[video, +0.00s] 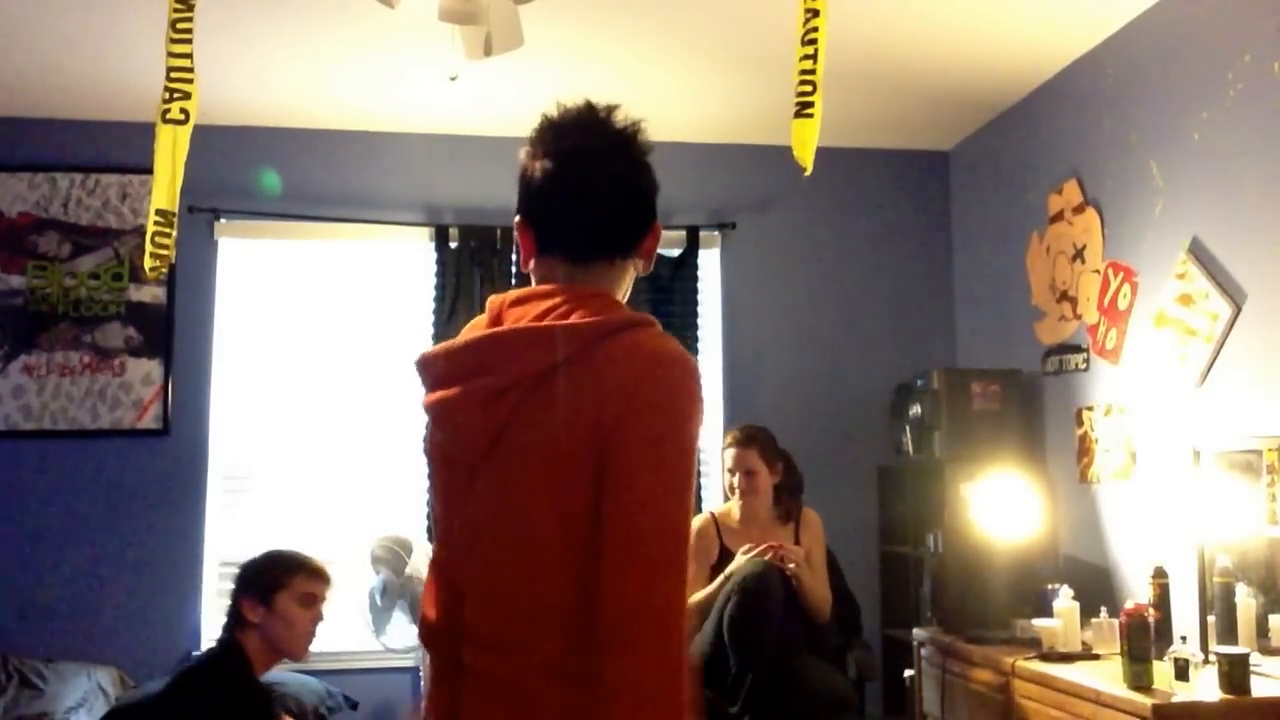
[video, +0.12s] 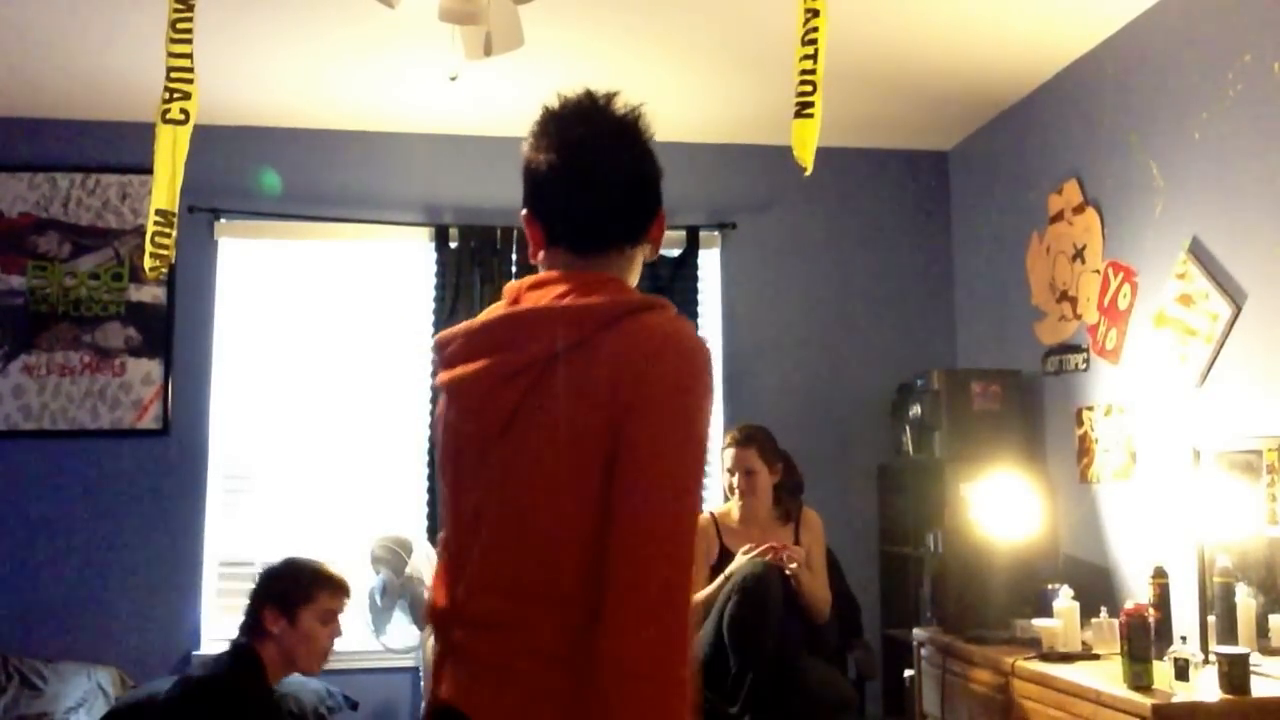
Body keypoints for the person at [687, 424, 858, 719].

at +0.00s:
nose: (738, 483)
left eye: (749, 473)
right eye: (731, 473)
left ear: (776, 472)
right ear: (723, 475)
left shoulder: (806, 523)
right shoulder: (707, 528)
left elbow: (822, 611)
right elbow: (689, 617)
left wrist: (801, 571)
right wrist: (733, 574)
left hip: (789, 652)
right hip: (719, 656)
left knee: (836, 697)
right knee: (758, 577)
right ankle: (750, 705)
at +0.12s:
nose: (738, 484)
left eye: (749, 473)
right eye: (730, 473)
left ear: (776, 472)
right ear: (722, 476)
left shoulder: (806, 523)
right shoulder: (708, 527)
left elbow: (821, 611)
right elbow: (689, 616)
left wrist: (800, 573)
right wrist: (733, 573)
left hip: (788, 652)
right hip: (719, 658)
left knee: (837, 698)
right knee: (757, 574)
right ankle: (750, 705)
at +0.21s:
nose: (737, 484)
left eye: (748, 473)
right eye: (730, 473)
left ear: (775, 473)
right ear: (722, 477)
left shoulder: (806, 523)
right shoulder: (714, 524)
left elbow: (822, 611)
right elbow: (704, 606)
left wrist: (800, 571)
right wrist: (732, 574)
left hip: (796, 642)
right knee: (760, 574)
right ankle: (766, 702)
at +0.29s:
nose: (737, 484)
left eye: (748, 473)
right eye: (730, 473)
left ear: (775, 473)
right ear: (721, 476)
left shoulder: (806, 523)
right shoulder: (715, 526)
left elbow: (821, 611)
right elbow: (703, 603)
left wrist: (800, 573)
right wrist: (736, 573)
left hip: (798, 646)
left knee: (838, 697)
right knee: (761, 573)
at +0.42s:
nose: (738, 484)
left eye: (749, 473)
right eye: (731, 474)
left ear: (777, 471)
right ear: (723, 476)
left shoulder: (807, 523)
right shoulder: (707, 529)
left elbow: (822, 610)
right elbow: (693, 612)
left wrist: (800, 575)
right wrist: (736, 573)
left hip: (794, 647)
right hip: (723, 652)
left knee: (835, 698)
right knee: (756, 575)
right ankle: (752, 707)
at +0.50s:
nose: (739, 483)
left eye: (750, 473)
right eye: (732, 473)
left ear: (777, 472)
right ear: (724, 476)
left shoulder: (807, 524)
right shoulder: (707, 528)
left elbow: (822, 611)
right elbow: (688, 617)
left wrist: (800, 576)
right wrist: (737, 572)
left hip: (788, 652)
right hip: (717, 658)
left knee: (837, 698)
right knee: (756, 575)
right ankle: (747, 705)